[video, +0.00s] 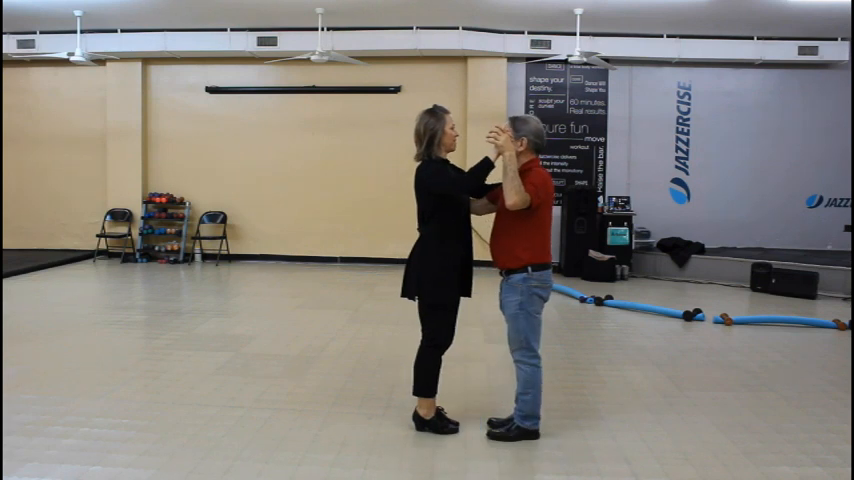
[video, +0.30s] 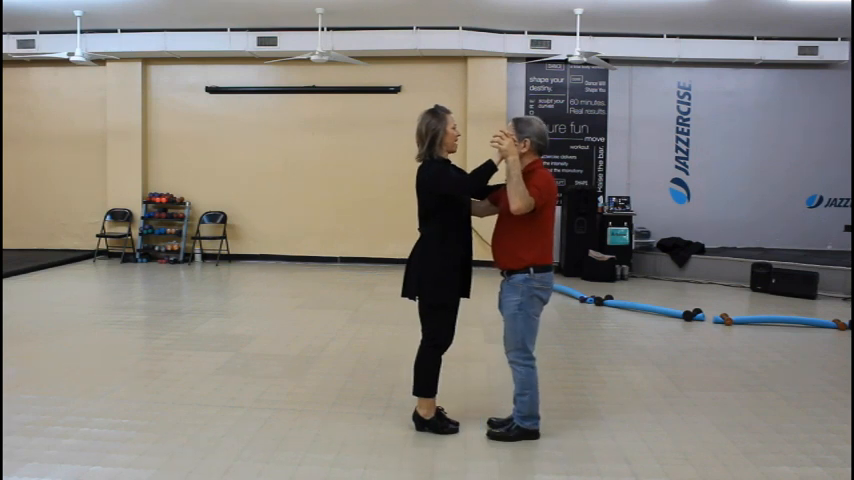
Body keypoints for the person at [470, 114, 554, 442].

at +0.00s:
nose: (501, 142)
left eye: (506, 136)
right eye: (502, 136)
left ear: (521, 143)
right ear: (521, 144)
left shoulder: (538, 176)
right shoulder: (517, 177)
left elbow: (515, 201)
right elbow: (479, 205)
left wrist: (508, 156)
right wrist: (447, 192)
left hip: (529, 277)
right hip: (516, 275)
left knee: (526, 353)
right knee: (521, 352)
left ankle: (527, 423)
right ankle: (522, 416)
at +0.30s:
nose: (503, 143)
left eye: (509, 138)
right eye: (505, 137)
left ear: (524, 144)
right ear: (524, 145)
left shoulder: (541, 178)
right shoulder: (519, 180)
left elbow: (520, 205)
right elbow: (481, 207)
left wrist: (511, 161)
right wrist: (447, 196)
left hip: (530, 277)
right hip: (516, 275)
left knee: (520, 353)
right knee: (516, 352)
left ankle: (527, 423)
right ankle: (521, 415)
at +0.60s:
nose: (507, 142)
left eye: (513, 137)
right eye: (508, 136)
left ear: (529, 144)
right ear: (527, 145)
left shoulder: (544, 178)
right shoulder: (520, 181)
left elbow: (522, 204)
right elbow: (481, 206)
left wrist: (514, 159)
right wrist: (449, 191)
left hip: (532, 277)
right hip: (517, 276)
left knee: (523, 354)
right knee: (518, 353)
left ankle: (527, 423)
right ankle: (522, 416)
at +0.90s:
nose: (507, 144)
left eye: (512, 138)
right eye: (508, 138)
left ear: (529, 144)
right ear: (528, 145)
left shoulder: (546, 178)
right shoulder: (520, 181)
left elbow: (524, 206)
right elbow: (482, 206)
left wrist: (517, 162)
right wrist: (450, 190)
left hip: (532, 277)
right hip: (517, 276)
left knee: (523, 354)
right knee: (519, 353)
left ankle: (527, 423)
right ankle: (522, 416)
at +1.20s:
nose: (509, 143)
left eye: (514, 138)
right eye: (510, 138)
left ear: (530, 144)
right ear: (529, 145)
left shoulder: (546, 179)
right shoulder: (520, 181)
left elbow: (526, 205)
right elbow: (482, 206)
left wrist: (519, 160)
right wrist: (453, 187)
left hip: (532, 277)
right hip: (517, 276)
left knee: (523, 354)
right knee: (519, 353)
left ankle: (527, 423)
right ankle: (522, 416)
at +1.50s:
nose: (509, 139)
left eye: (514, 135)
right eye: (510, 134)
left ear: (530, 144)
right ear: (529, 145)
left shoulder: (545, 178)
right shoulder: (520, 179)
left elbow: (524, 205)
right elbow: (484, 205)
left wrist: (518, 160)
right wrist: (450, 193)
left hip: (532, 277)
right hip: (517, 276)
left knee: (525, 354)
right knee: (520, 353)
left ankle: (527, 423)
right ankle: (522, 416)